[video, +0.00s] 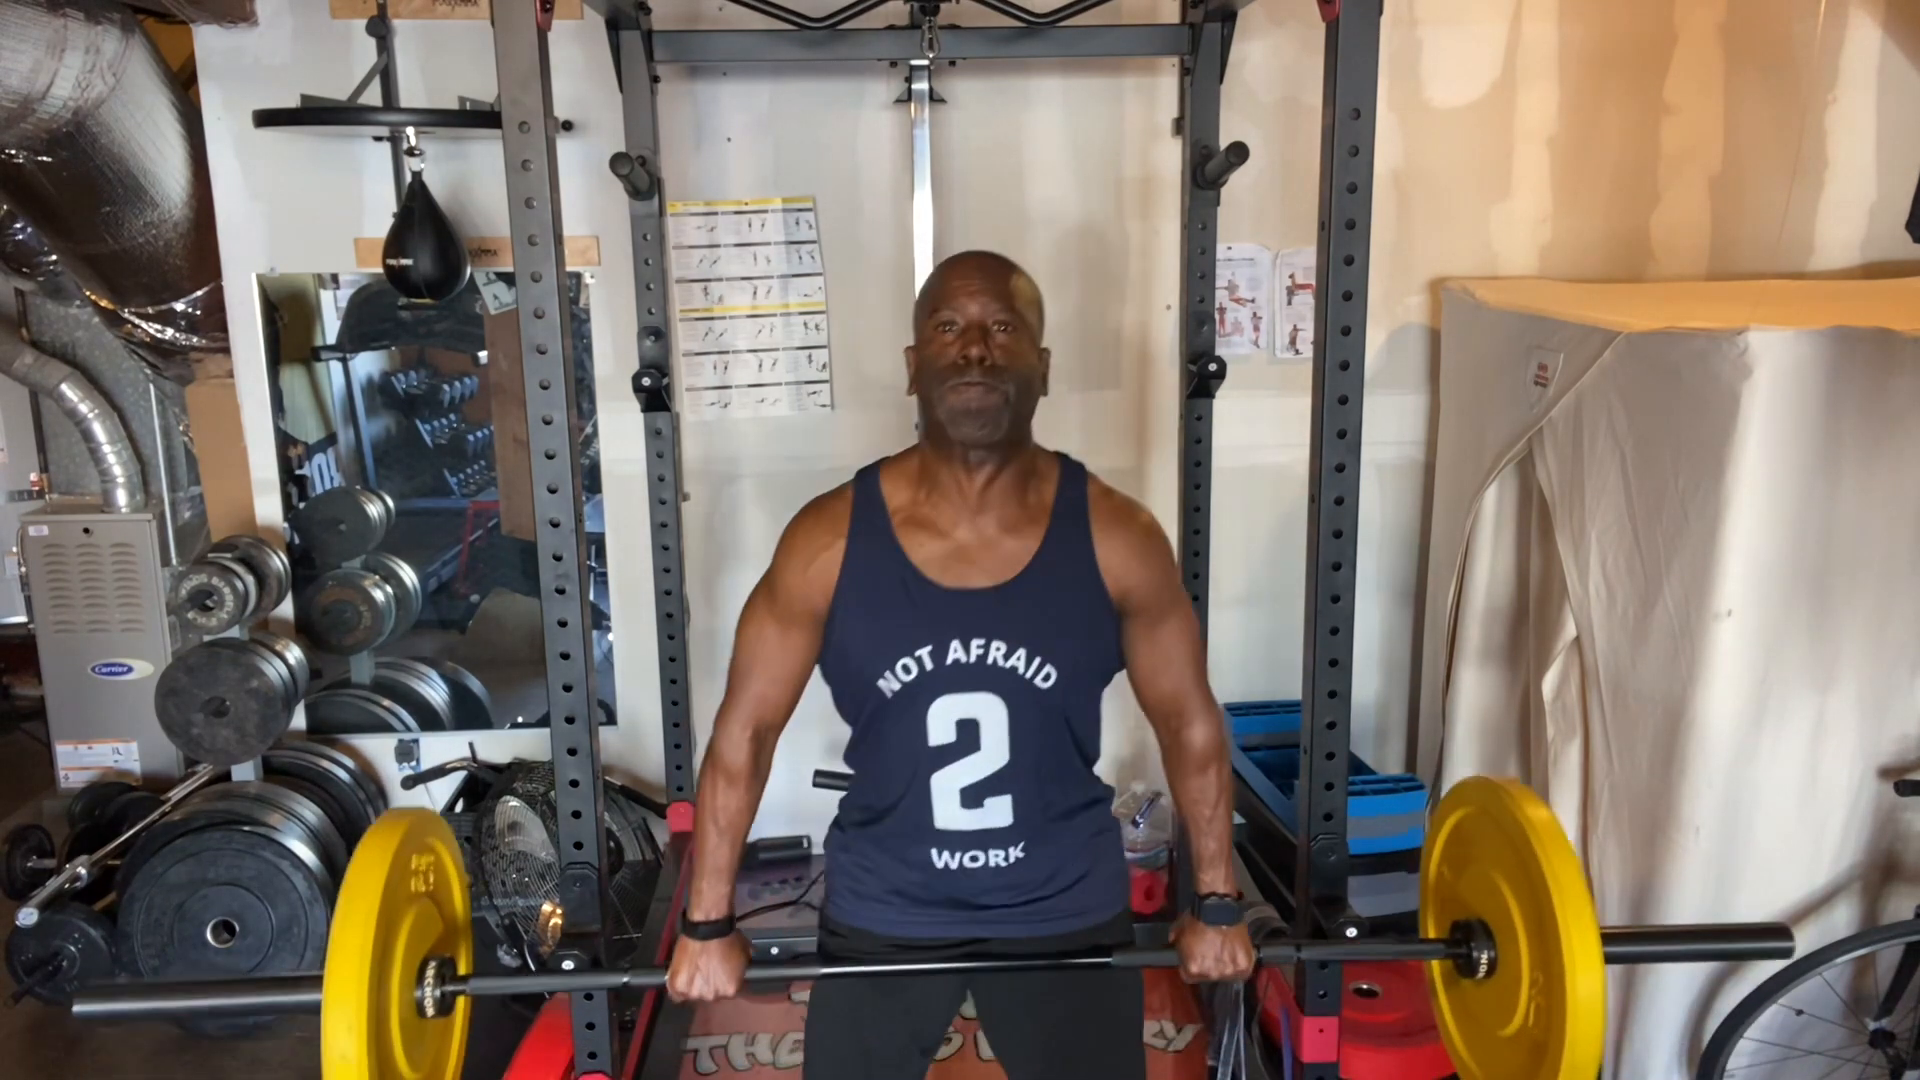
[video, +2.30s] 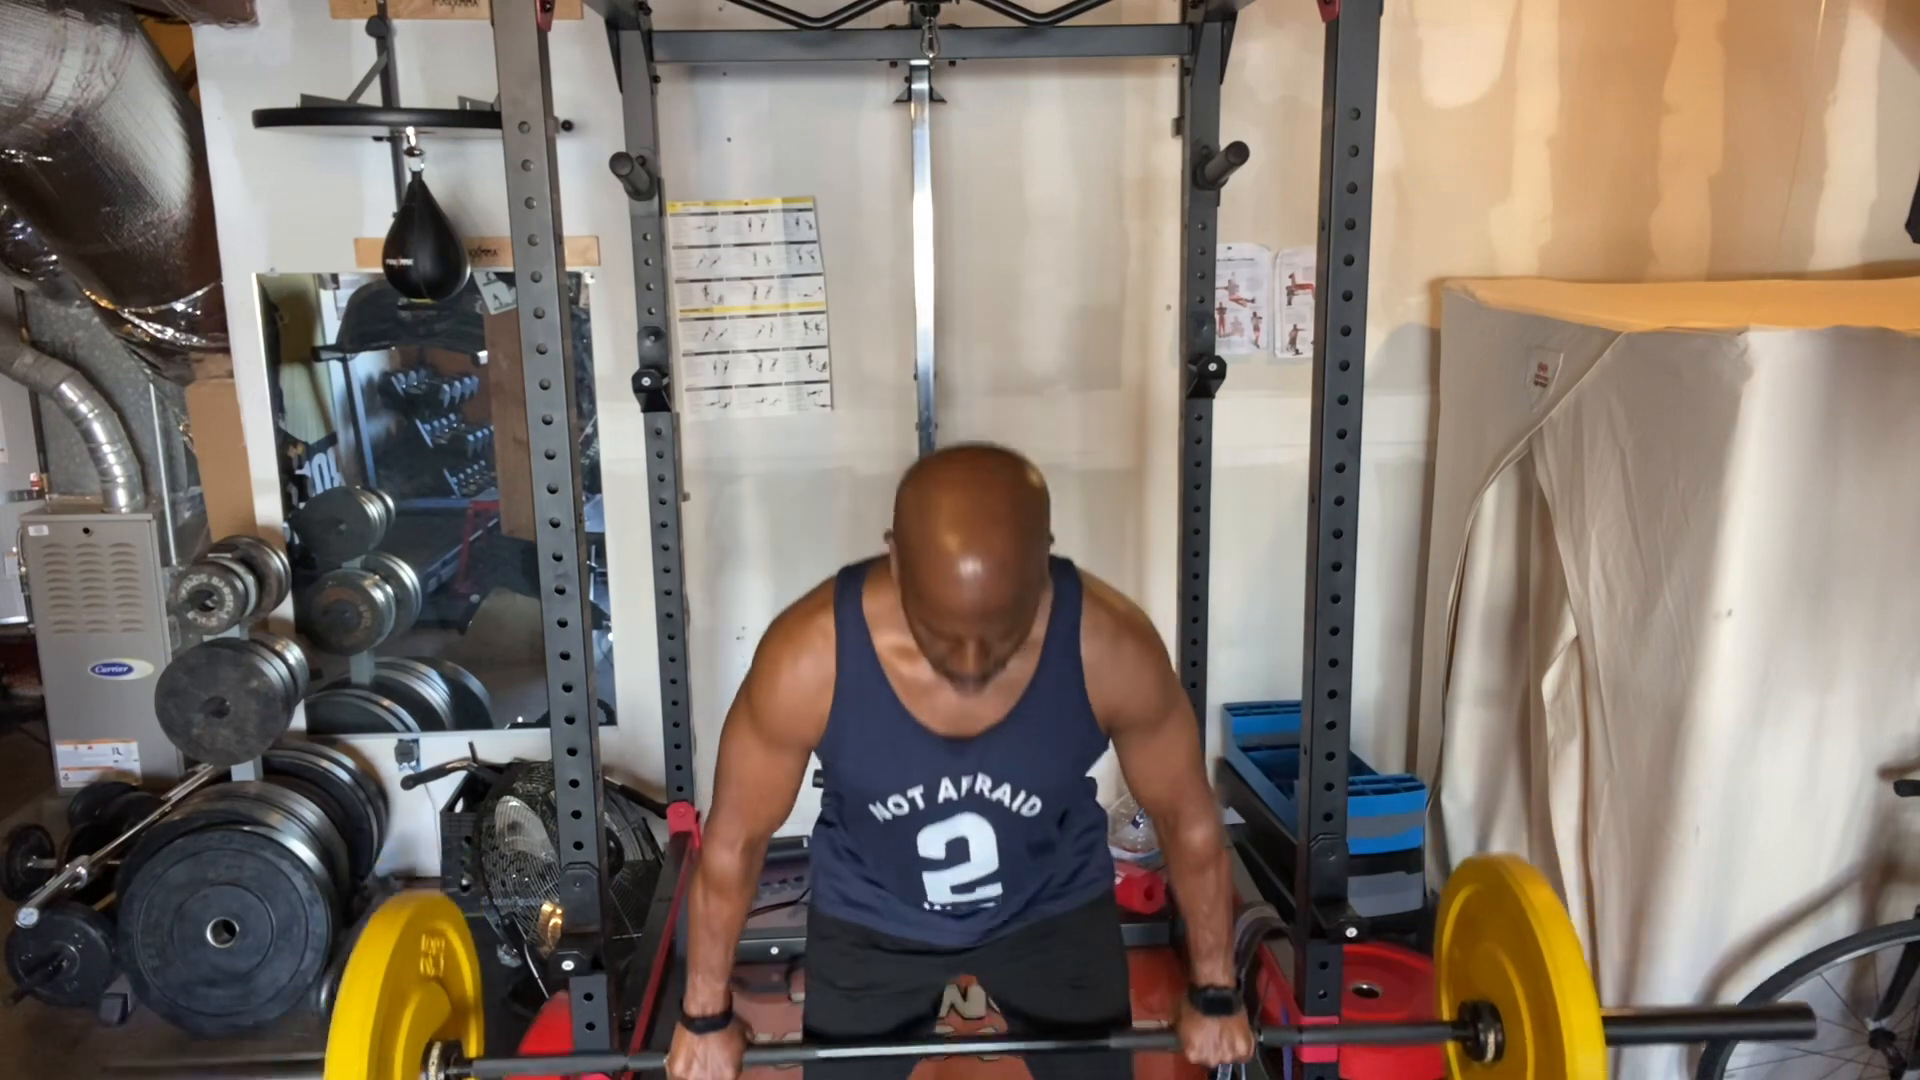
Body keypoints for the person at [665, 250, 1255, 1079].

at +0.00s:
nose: (974, 344)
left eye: (1001, 326)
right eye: (947, 327)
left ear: (1043, 365)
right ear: (912, 368)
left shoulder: (1117, 536)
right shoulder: (830, 537)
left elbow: (1188, 721)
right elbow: (743, 732)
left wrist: (1218, 897)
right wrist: (707, 918)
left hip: (1064, 915)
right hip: (884, 918)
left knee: (1095, 1064)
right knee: (848, 1065)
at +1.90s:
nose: (950, 434)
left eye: (978, 400)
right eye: (922, 399)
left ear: (1024, 367)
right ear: (888, 365)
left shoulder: (1099, 519)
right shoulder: (809, 523)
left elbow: (1176, 706)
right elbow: (741, 721)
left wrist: (1213, 885)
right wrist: (706, 904)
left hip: (1053, 909)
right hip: (866, 913)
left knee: (1075, 1063)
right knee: (847, 1065)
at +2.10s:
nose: (966, 554)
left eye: (994, 523)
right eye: (936, 522)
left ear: (1037, 460)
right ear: (892, 461)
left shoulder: (1107, 580)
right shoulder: (807, 585)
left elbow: (1185, 753)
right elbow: (735, 775)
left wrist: (1213, 924)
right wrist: (706, 946)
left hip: (1050, 895)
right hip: (872, 899)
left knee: (1093, 1067)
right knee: (841, 1069)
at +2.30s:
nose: (971, 664)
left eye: (999, 637)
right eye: (940, 638)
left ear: (1042, 573)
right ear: (895, 568)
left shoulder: (1112, 650)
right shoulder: (807, 659)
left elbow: (1188, 819)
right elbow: (730, 845)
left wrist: (1215, 988)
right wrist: (704, 1013)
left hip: (1050, 906)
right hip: (872, 912)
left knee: (1092, 1069)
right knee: (846, 1072)